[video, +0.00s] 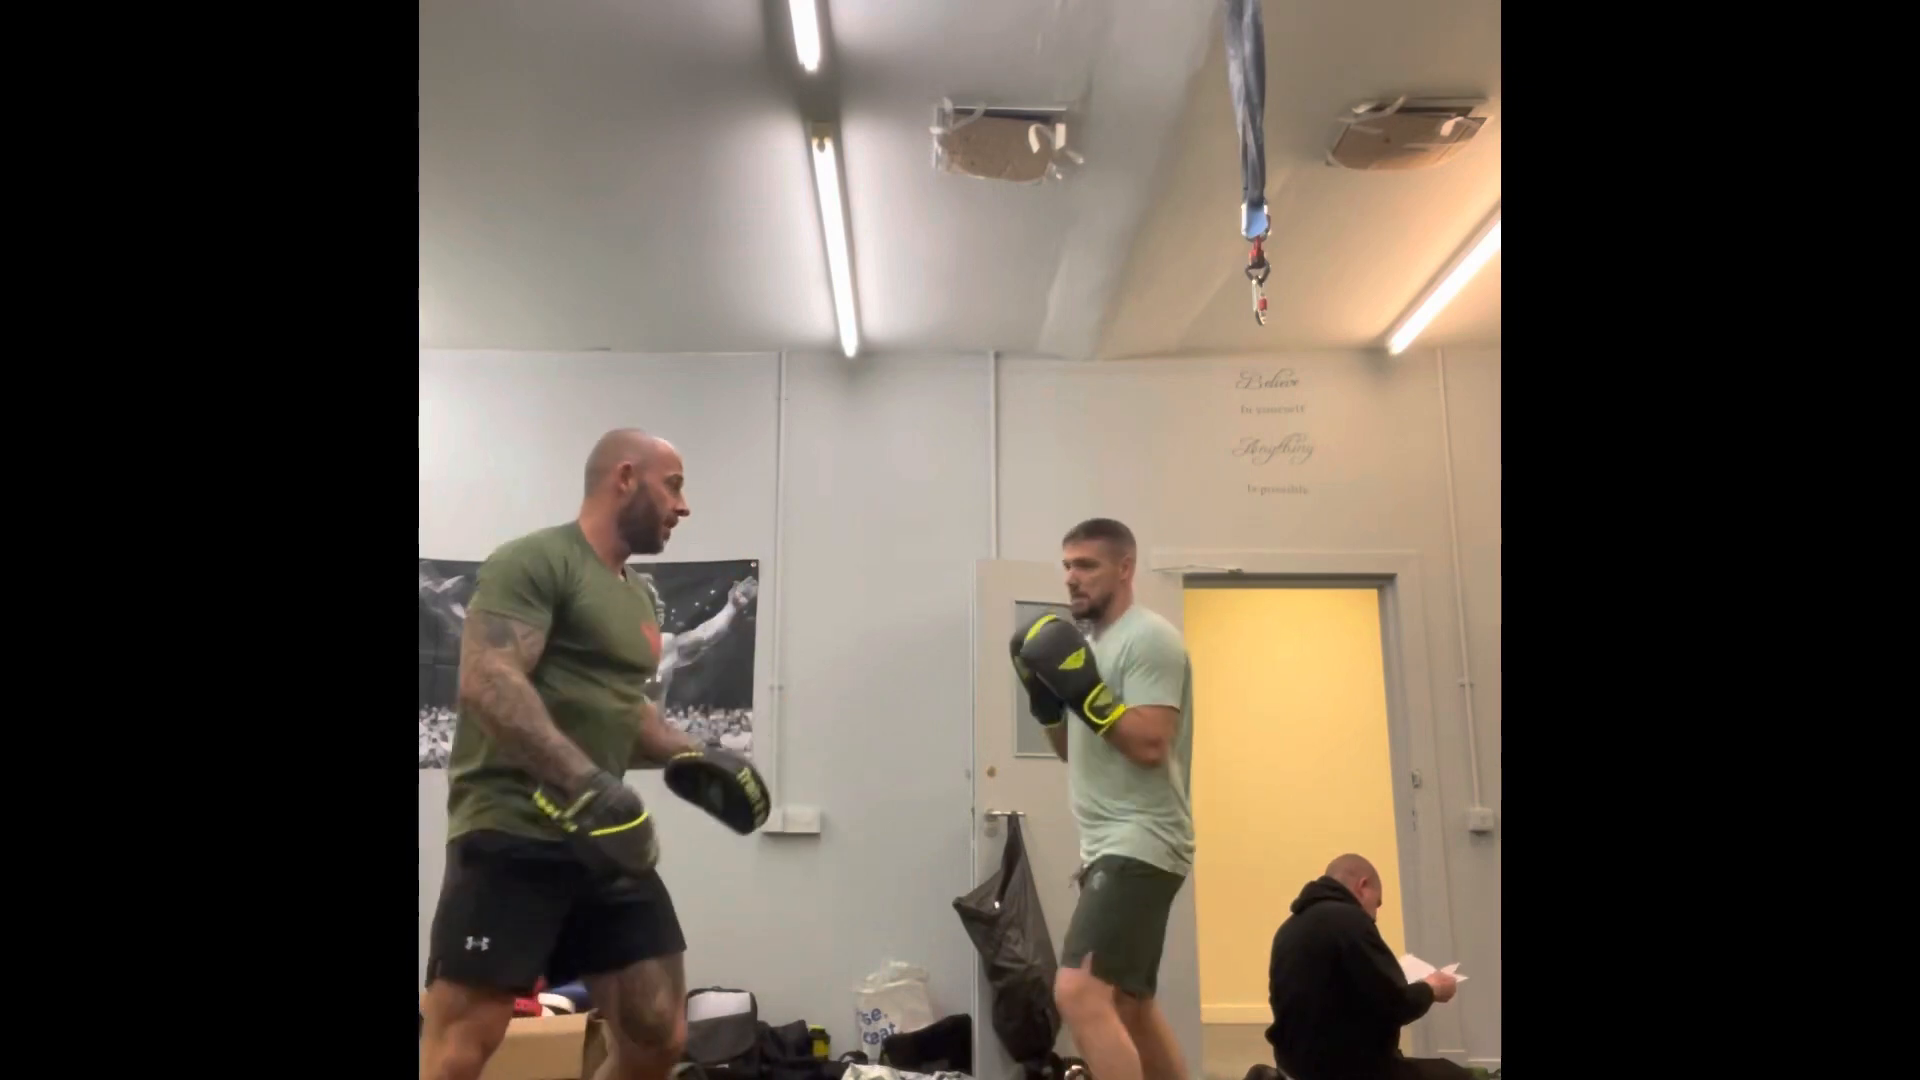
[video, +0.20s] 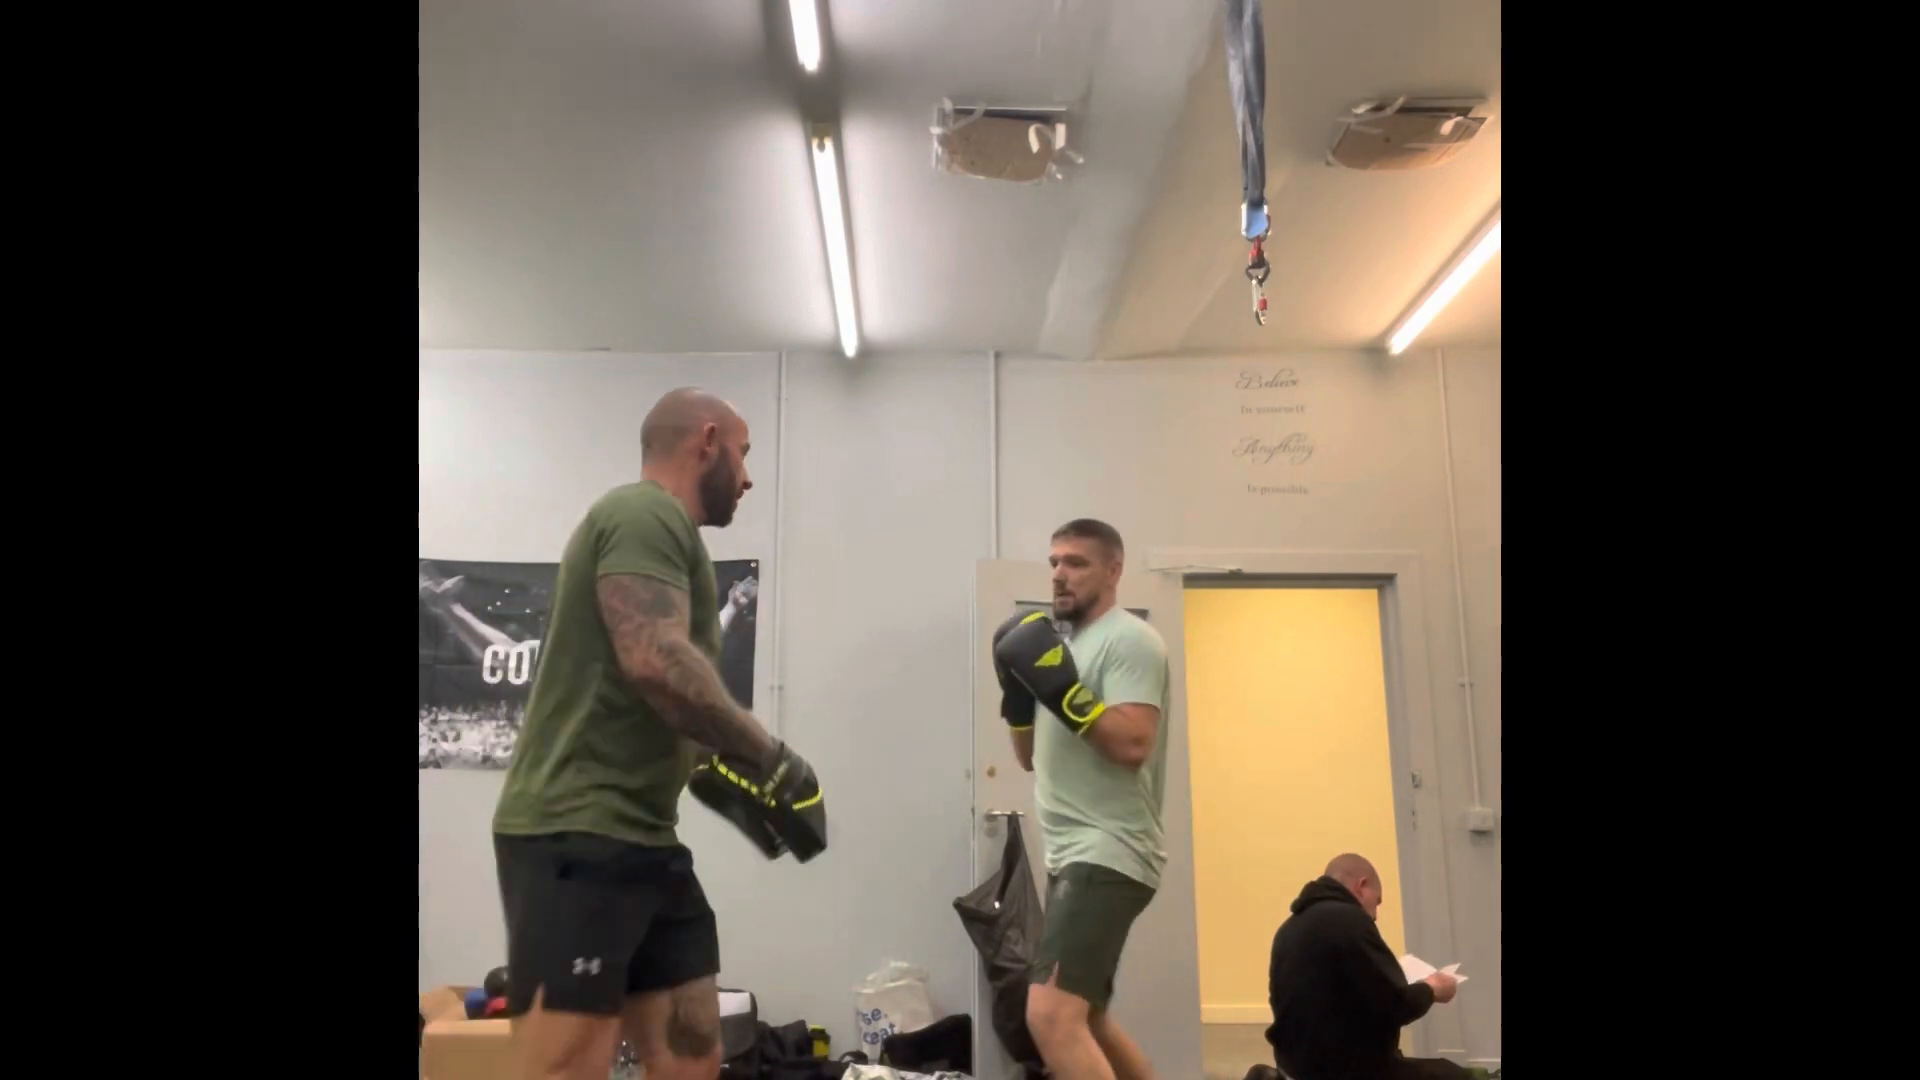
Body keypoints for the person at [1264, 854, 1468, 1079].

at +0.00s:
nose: (1374, 916)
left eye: (1377, 907)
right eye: (1376, 904)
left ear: (1330, 883)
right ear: (1361, 887)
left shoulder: (1287, 930)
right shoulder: (1350, 921)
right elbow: (1392, 1006)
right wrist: (1430, 989)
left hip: (1301, 1067)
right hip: (1356, 1070)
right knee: (1452, 1072)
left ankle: (1272, 1075)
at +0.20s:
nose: (1375, 916)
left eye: (1378, 905)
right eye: (1376, 903)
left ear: (1329, 882)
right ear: (1360, 886)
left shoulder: (1288, 930)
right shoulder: (1350, 921)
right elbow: (1392, 1007)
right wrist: (1430, 989)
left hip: (1301, 1067)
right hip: (1355, 1070)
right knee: (1451, 1071)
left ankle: (1272, 1074)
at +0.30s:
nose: (1378, 905)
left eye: (1378, 893)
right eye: (1376, 891)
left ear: (1327, 882)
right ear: (1356, 882)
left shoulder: (1288, 930)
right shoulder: (1348, 920)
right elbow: (1390, 1007)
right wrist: (1431, 992)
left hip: (1302, 1069)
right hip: (1356, 1071)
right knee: (1454, 1072)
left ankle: (1273, 1074)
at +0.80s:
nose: (1375, 893)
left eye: (1372, 883)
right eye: (1370, 881)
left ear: (1320, 881)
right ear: (1347, 879)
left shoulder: (1287, 930)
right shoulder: (1347, 920)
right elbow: (1387, 1008)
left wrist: (1400, 1000)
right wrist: (1425, 1009)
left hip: (1302, 1068)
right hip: (1357, 1071)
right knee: (1454, 1072)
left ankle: (1271, 1075)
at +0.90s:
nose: (1376, 895)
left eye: (1374, 885)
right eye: (1371, 884)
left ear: (1326, 882)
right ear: (1347, 880)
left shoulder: (1288, 930)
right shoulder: (1350, 920)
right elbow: (1376, 1006)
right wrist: (1426, 1034)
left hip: (1302, 1067)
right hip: (1356, 1069)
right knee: (1460, 1072)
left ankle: (1272, 1074)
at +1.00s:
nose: (1377, 899)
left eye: (1376, 887)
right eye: (1373, 886)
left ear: (1323, 883)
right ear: (1352, 883)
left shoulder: (1290, 929)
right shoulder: (1352, 922)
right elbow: (1372, 1013)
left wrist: (1385, 1018)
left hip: (1299, 1065)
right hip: (1349, 1068)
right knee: (1449, 1070)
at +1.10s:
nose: (1381, 900)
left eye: (1380, 890)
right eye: (1378, 889)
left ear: (1329, 884)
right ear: (1356, 884)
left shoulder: (1292, 929)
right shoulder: (1357, 925)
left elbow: (1287, 1010)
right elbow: (1370, 1019)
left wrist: (1383, 1017)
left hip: (1299, 1066)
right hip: (1351, 1071)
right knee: (1450, 1071)